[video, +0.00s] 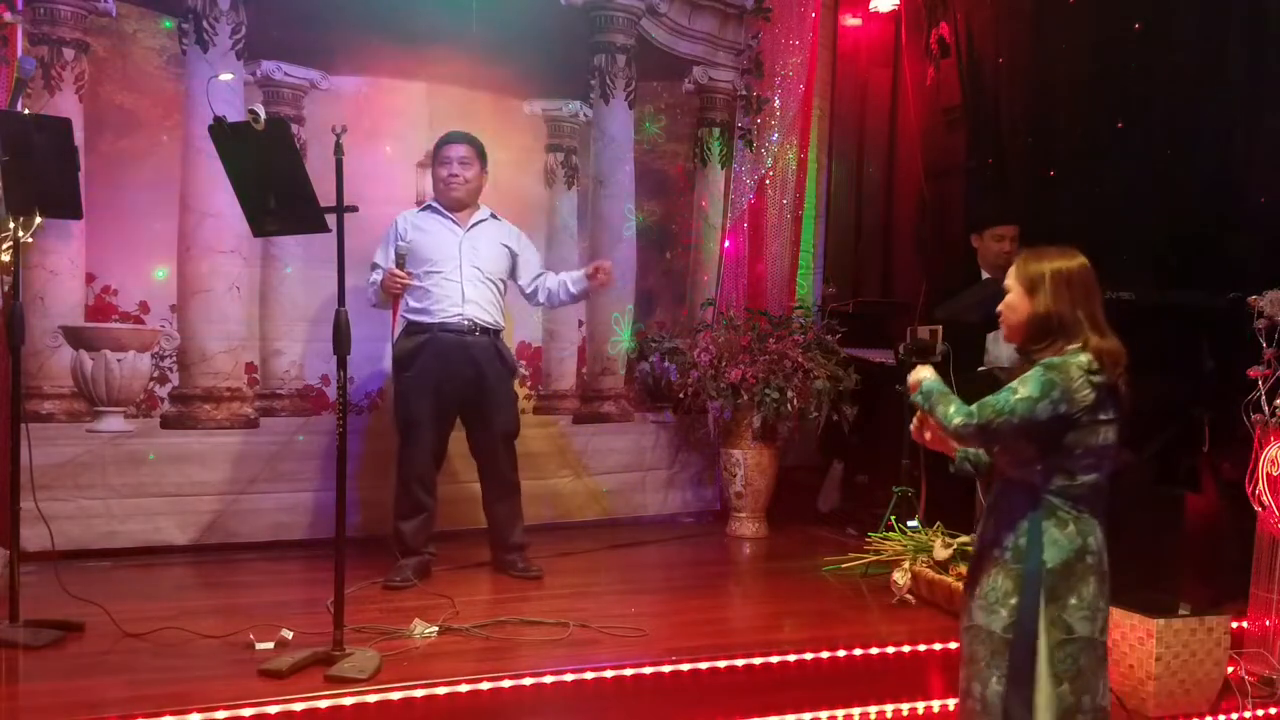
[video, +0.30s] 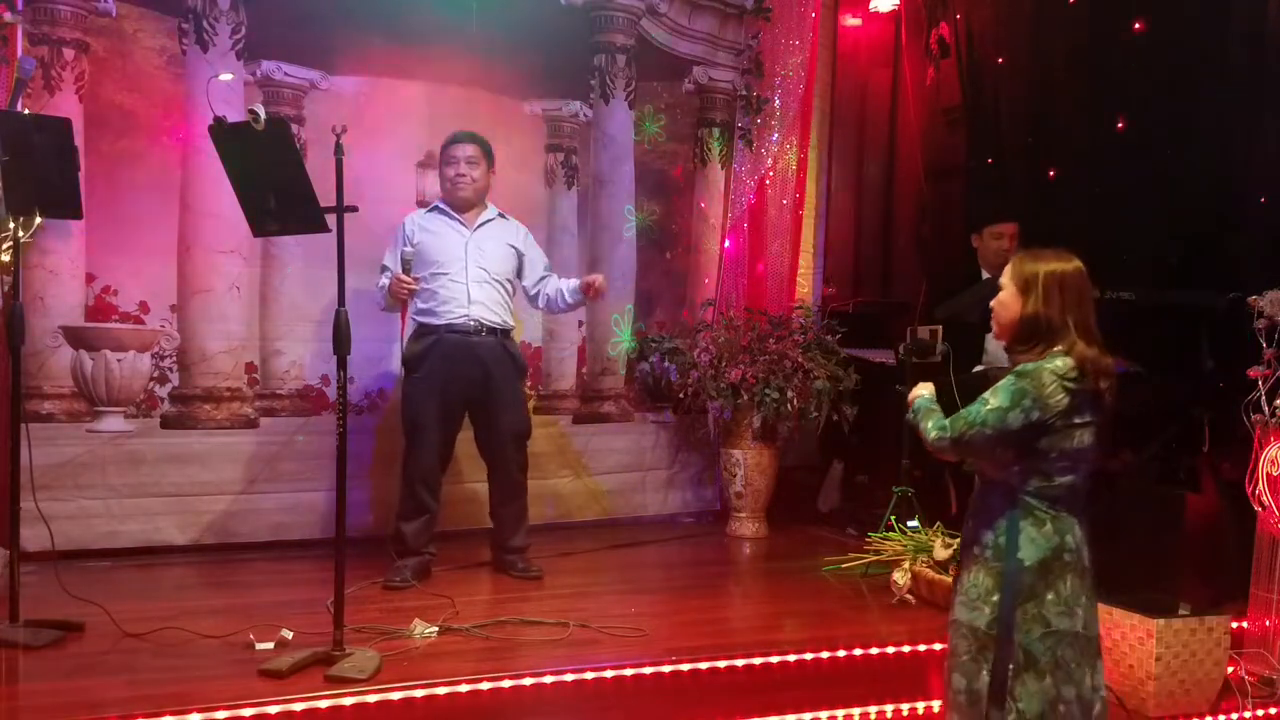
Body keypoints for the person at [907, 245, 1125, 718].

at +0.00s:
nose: (999, 308)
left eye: (1010, 295)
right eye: (1003, 295)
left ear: (1046, 303)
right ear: (1052, 306)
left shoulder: (1063, 373)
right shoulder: (1087, 371)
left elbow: (967, 424)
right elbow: (1027, 461)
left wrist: (926, 382)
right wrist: (951, 449)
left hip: (1041, 535)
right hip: (1069, 530)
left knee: (1016, 673)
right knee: (1051, 672)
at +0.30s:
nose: (992, 302)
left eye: (1003, 293)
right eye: (997, 292)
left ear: (1036, 306)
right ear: (1053, 308)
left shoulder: (1035, 382)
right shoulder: (1082, 375)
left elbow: (944, 437)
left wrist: (922, 400)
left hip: (1019, 539)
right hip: (1061, 533)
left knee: (1002, 670)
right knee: (1054, 666)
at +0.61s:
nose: (988, 280)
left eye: (1001, 272)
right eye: (994, 269)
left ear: (1034, 289)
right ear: (1043, 293)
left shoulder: (1020, 370)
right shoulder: (1063, 363)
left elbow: (932, 410)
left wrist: (921, 368)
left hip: (1007, 551)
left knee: (999, 669)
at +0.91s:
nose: (965, 291)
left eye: (977, 280)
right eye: (970, 279)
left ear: (1013, 293)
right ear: (1008, 296)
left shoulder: (1017, 372)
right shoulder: (1041, 366)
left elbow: (931, 422)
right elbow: (959, 418)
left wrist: (899, 370)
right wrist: (908, 399)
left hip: (994, 557)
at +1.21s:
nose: (904, 298)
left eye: (914, 285)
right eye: (907, 284)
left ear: (948, 296)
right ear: (947, 300)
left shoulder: (975, 377)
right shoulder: (951, 371)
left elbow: (913, 456)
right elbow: (895, 441)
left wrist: (844, 446)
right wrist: (837, 415)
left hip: (958, 563)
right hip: (925, 557)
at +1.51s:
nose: (821, 302)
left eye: (829, 291)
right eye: (825, 290)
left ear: (853, 303)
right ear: (888, 302)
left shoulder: (855, 386)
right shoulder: (918, 374)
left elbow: (784, 447)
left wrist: (744, 423)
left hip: (860, 555)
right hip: (912, 545)